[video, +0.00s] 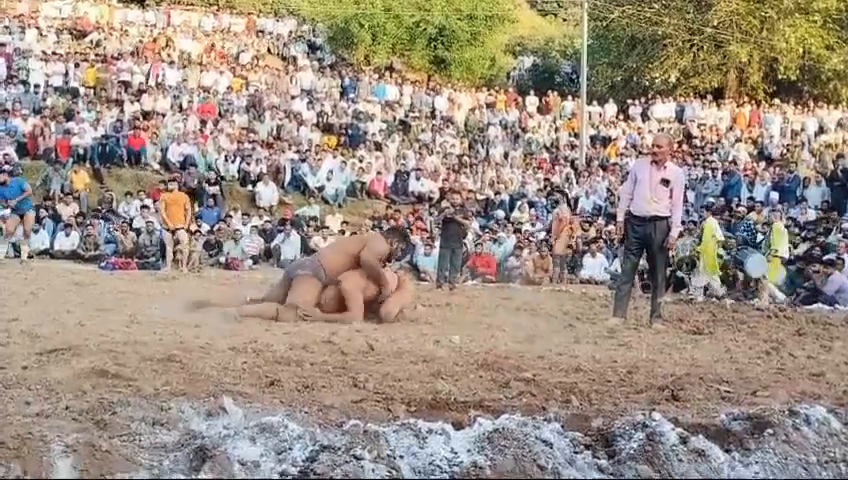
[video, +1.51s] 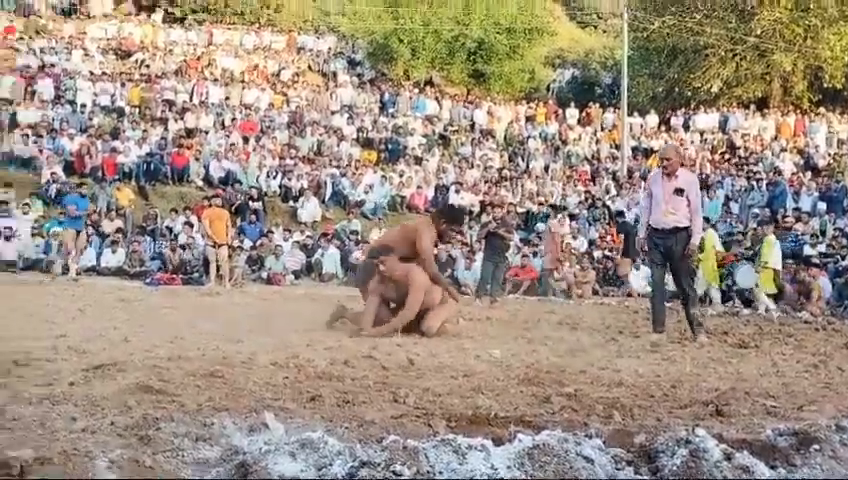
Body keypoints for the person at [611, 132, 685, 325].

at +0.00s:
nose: (654, 150)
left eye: (659, 147)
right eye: (653, 146)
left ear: (670, 149)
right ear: (651, 146)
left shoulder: (676, 173)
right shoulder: (639, 165)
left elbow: (677, 205)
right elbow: (626, 192)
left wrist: (674, 232)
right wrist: (620, 218)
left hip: (660, 221)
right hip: (635, 219)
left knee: (658, 273)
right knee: (627, 269)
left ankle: (656, 315)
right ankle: (619, 314)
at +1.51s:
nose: (664, 163)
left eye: (668, 160)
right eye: (662, 160)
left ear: (679, 160)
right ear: (659, 160)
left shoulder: (689, 179)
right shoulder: (653, 178)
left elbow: (696, 211)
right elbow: (645, 207)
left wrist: (695, 239)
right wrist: (642, 233)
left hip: (679, 232)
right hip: (655, 232)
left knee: (684, 284)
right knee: (657, 283)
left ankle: (697, 329)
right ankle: (658, 329)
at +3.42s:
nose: (655, 164)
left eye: (658, 159)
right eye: (652, 160)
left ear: (671, 154)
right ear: (649, 159)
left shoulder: (692, 175)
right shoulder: (644, 179)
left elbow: (706, 209)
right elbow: (635, 214)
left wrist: (715, 241)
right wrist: (627, 242)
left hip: (683, 244)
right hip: (654, 245)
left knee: (686, 300)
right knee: (648, 304)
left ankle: (691, 357)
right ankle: (646, 351)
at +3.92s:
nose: (647, 153)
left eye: (651, 147)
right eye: (644, 148)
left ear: (665, 141)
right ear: (645, 146)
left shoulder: (687, 163)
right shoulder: (644, 166)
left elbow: (697, 199)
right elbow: (640, 202)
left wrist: (692, 228)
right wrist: (637, 233)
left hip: (680, 234)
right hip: (651, 235)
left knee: (683, 301)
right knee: (650, 295)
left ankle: (686, 358)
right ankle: (651, 352)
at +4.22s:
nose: (616, 142)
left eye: (620, 136)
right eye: (613, 137)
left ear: (637, 131)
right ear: (613, 136)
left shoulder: (661, 153)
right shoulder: (616, 159)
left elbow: (669, 195)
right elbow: (619, 194)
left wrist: (661, 229)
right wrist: (616, 226)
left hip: (651, 228)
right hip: (623, 229)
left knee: (649, 295)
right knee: (629, 297)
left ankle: (667, 334)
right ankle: (636, 356)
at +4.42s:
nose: (596, 137)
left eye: (599, 132)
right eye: (594, 133)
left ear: (615, 126)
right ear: (607, 128)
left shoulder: (643, 147)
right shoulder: (605, 150)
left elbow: (662, 188)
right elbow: (606, 190)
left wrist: (669, 228)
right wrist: (591, 221)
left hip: (640, 223)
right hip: (612, 225)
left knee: (624, 286)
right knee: (620, 288)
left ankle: (631, 353)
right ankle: (626, 350)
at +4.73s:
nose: (575, 132)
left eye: (577, 126)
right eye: (573, 127)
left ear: (591, 117)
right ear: (587, 119)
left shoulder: (618, 138)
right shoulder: (589, 143)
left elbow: (634, 182)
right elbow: (591, 186)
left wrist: (639, 224)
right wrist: (582, 227)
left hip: (613, 220)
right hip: (589, 222)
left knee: (599, 295)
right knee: (578, 294)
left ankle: (610, 361)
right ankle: (609, 335)